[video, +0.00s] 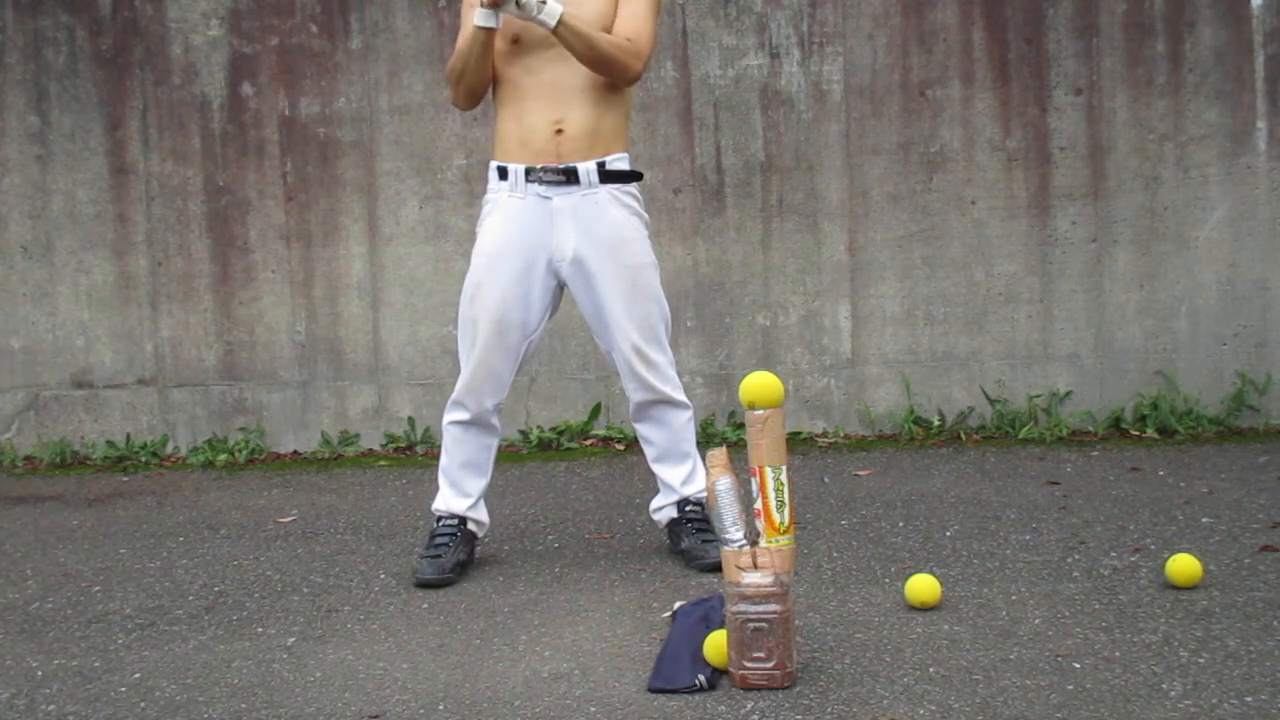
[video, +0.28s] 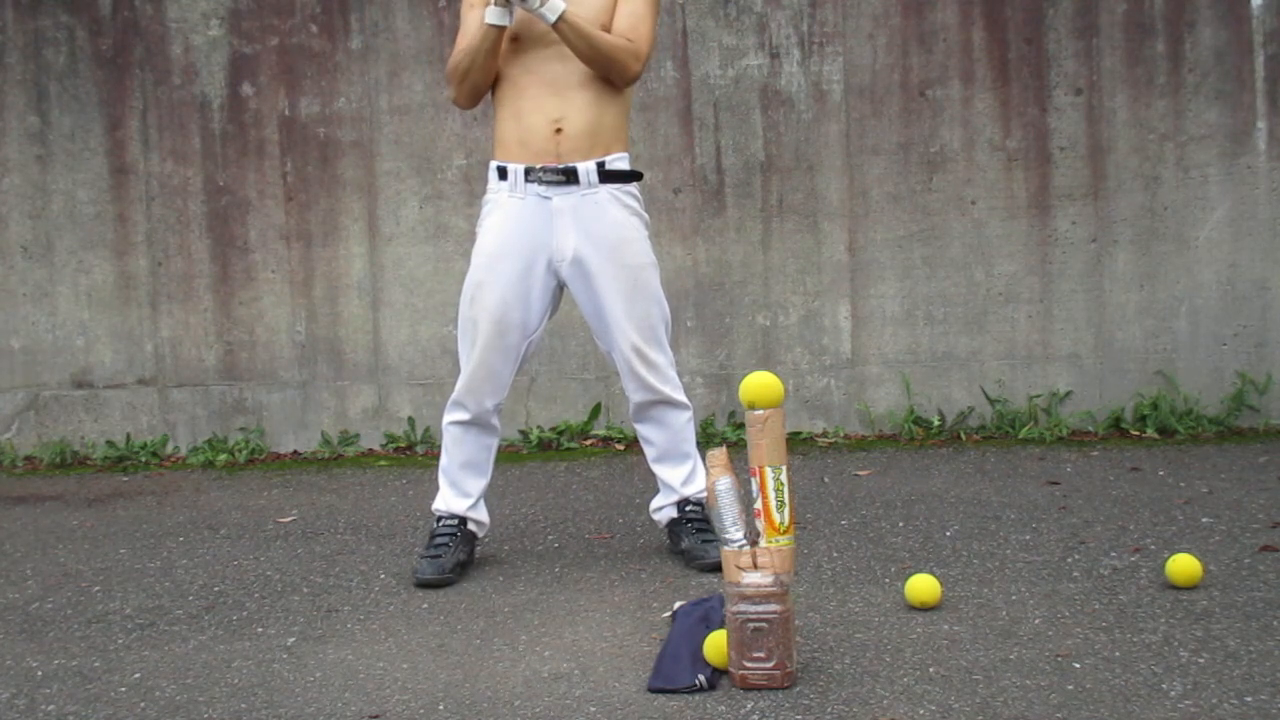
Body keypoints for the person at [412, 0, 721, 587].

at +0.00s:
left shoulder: (632, 0)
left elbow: (626, 66)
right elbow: (464, 94)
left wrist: (549, 13)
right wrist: (485, 16)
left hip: (605, 195)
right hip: (513, 197)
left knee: (647, 363)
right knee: (480, 373)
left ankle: (686, 507)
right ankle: (455, 517)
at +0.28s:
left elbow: (626, 67)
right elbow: (463, 92)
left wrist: (555, 13)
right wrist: (496, 17)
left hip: (605, 195)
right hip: (513, 197)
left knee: (646, 362)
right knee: (480, 373)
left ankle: (686, 507)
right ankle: (455, 517)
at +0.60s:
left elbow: (630, 68)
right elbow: (462, 90)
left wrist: (561, 15)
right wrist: (500, 16)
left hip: (606, 195)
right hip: (514, 197)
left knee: (647, 363)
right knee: (481, 372)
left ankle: (686, 507)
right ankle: (455, 517)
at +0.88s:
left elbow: (629, 69)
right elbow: (460, 87)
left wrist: (560, 15)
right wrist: (499, 16)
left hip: (605, 195)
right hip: (513, 197)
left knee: (647, 362)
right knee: (480, 372)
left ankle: (686, 507)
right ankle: (455, 517)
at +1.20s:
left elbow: (629, 73)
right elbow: (462, 93)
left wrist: (559, 18)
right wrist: (500, 19)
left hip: (606, 195)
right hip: (513, 198)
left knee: (647, 363)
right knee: (480, 373)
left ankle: (686, 507)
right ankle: (455, 517)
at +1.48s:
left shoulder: (632, 1)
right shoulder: (486, 1)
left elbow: (630, 76)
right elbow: (465, 98)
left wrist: (559, 24)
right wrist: (500, 27)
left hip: (606, 196)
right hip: (514, 198)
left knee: (648, 363)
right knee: (481, 374)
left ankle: (686, 507)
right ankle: (455, 517)